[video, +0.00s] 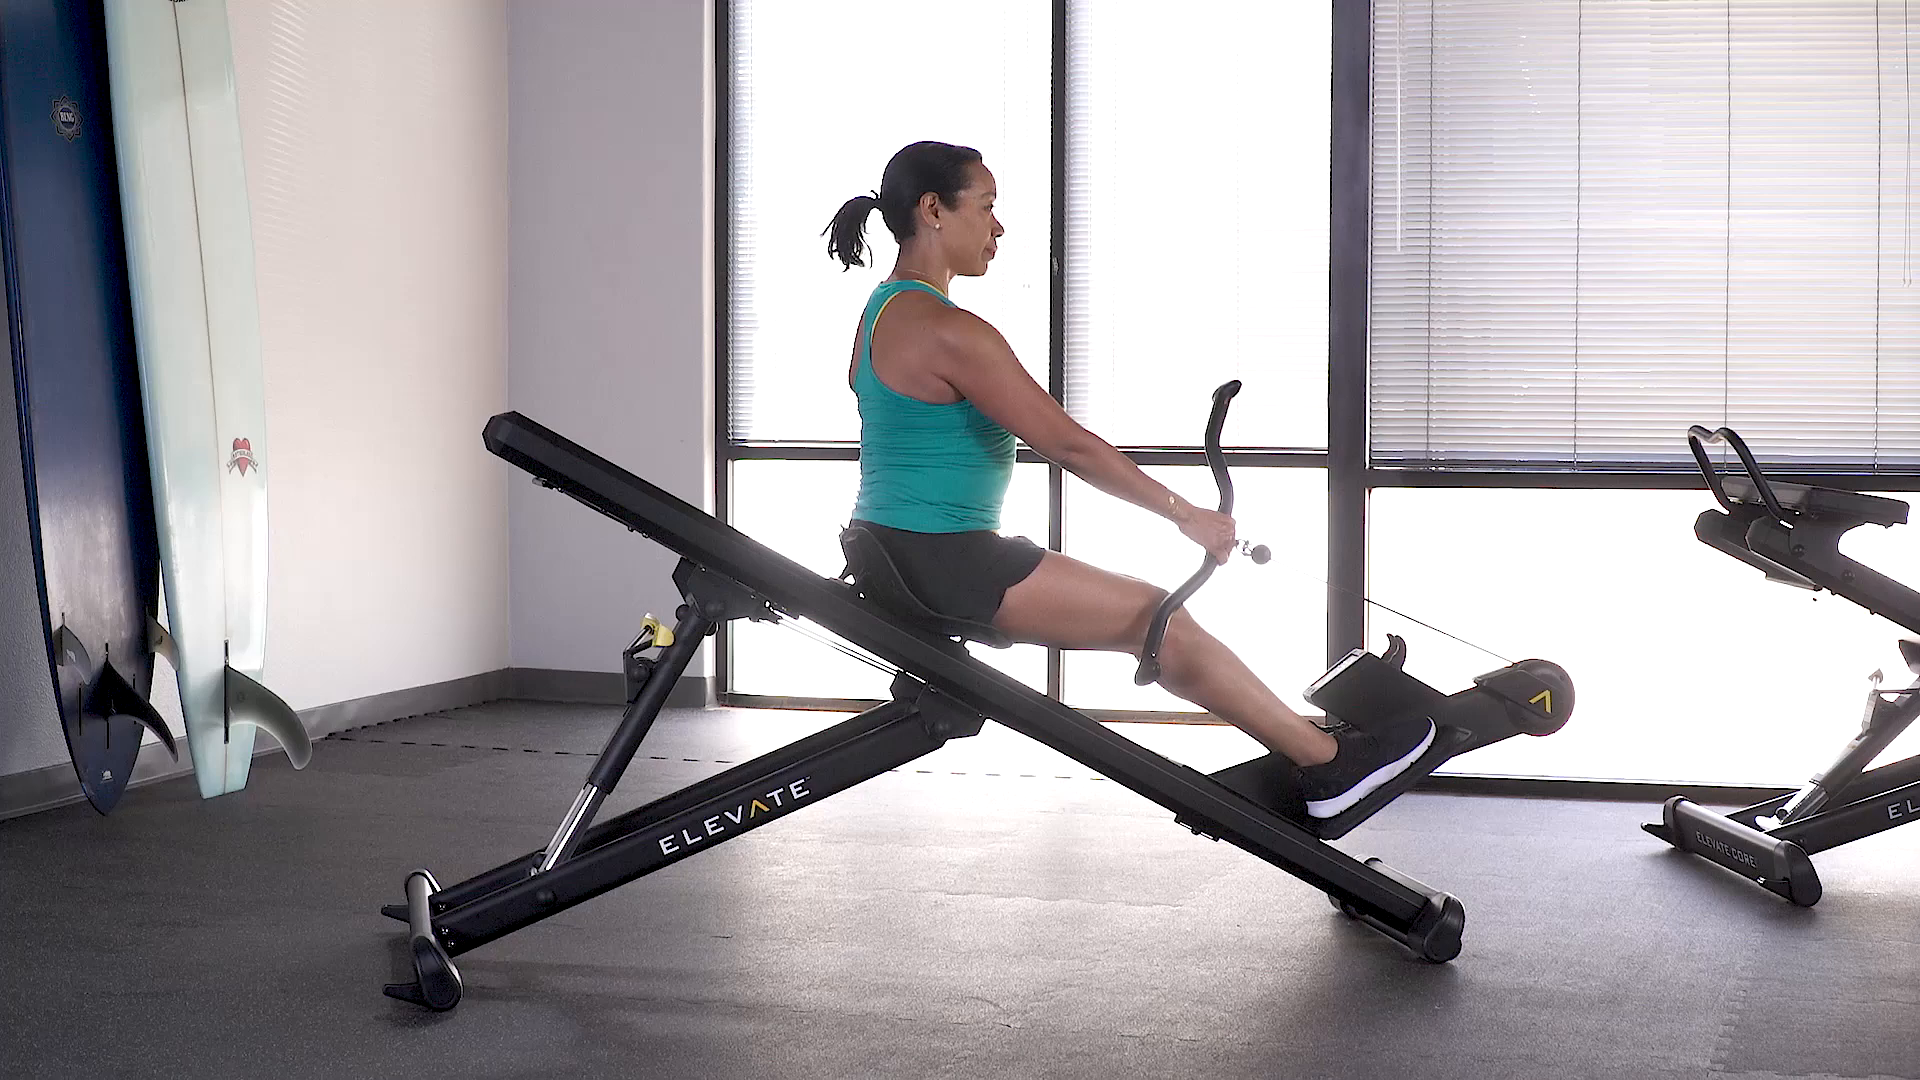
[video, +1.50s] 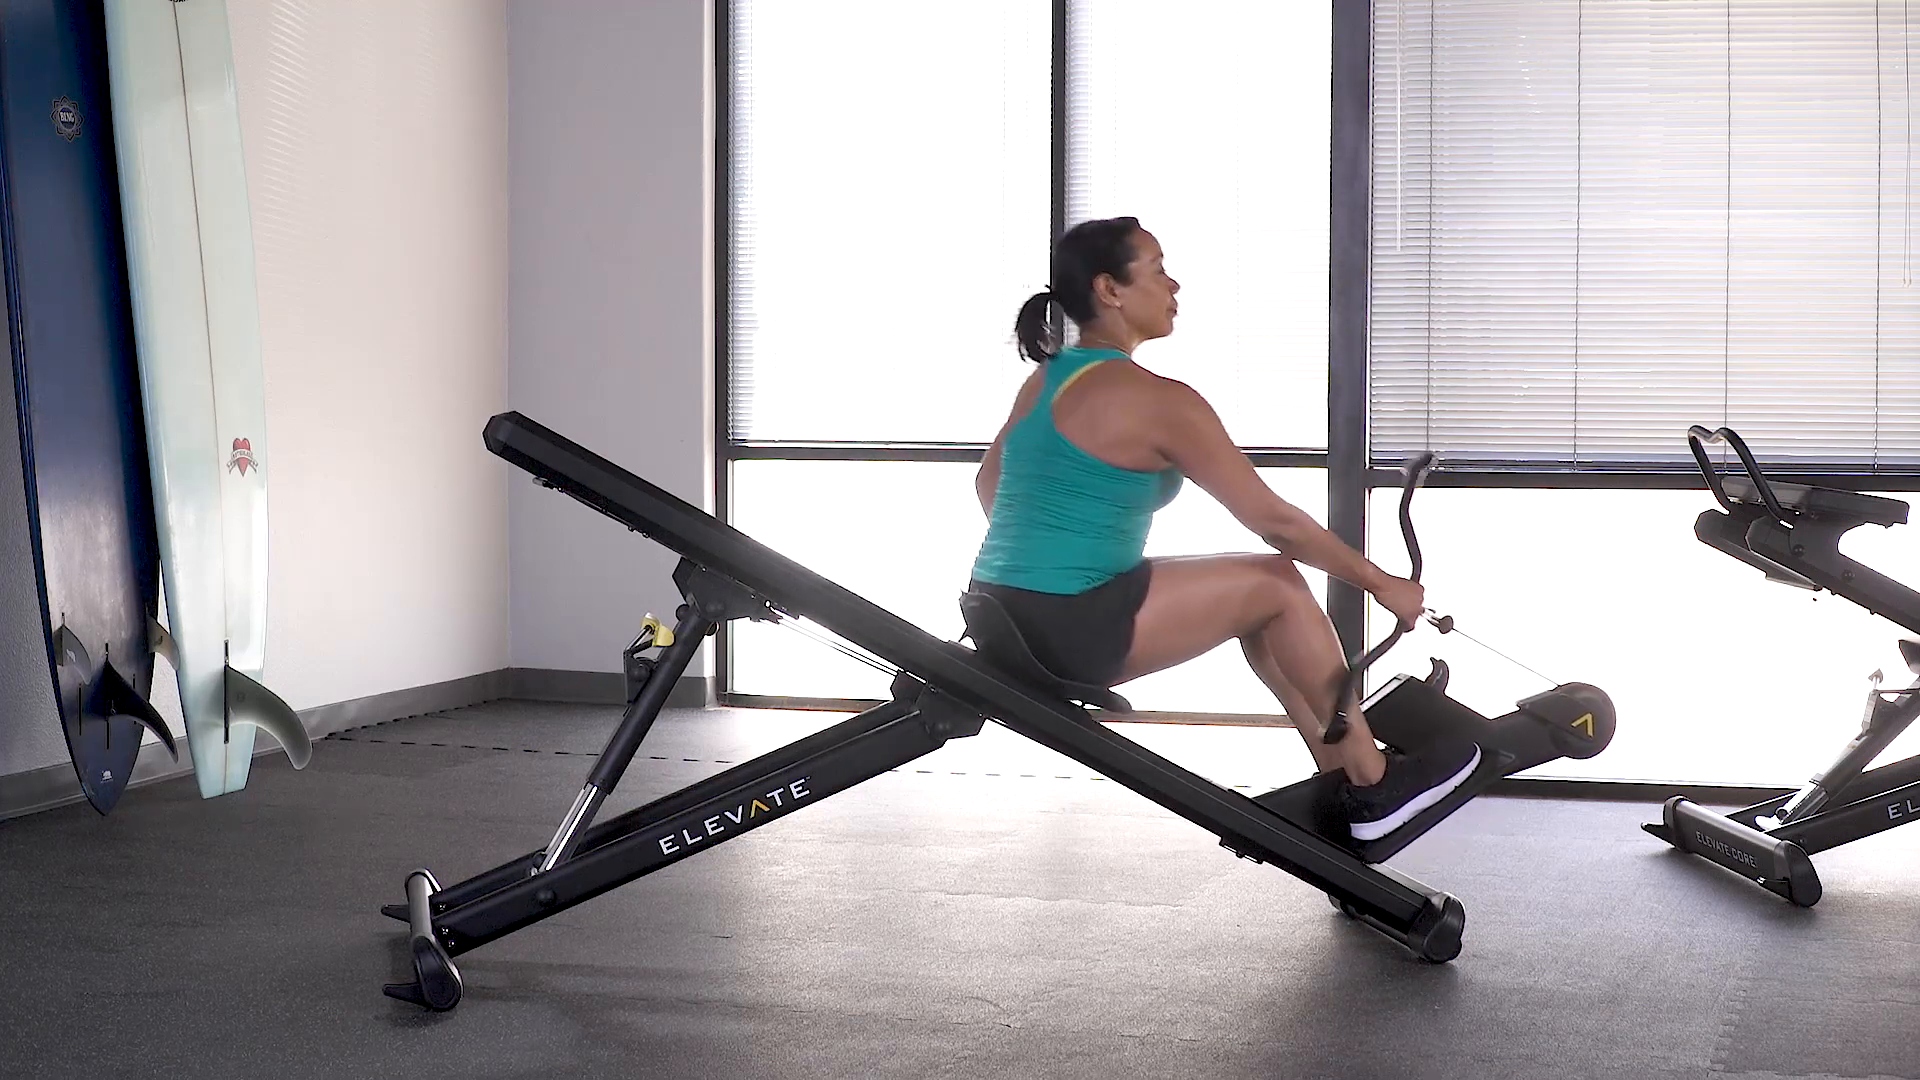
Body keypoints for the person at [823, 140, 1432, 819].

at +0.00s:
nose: (999, 227)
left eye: (995, 210)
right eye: (986, 210)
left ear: (923, 217)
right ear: (931, 214)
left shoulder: (886, 313)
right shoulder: (949, 332)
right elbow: (1069, 444)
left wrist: (1023, 435)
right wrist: (1188, 514)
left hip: (891, 549)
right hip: (939, 558)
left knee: (1145, 616)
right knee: (1156, 619)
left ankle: (1304, 737)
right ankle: (1322, 761)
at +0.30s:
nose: (1003, 230)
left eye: (1001, 213)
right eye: (992, 212)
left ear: (929, 217)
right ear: (938, 214)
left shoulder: (891, 314)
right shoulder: (957, 330)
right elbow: (1068, 444)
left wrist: (1041, 427)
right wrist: (1188, 509)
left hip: (889, 547)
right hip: (937, 556)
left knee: (1142, 616)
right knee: (1152, 619)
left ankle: (1303, 741)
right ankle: (1319, 755)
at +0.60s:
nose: (1075, 255)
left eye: (1071, 236)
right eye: (1063, 237)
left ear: (1006, 247)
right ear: (1012, 244)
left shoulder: (955, 337)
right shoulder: (1038, 359)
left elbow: (915, 456)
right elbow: (1154, 470)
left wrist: (1043, 451)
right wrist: (1272, 536)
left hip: (937, 576)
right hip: (991, 586)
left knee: (1199, 590)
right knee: (1211, 589)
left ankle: (1311, 749)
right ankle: (1342, 771)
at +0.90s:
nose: (1197, 310)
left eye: (1191, 292)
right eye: (1185, 293)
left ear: (1127, 305)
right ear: (1135, 304)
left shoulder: (1064, 395)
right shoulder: (1180, 420)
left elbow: (1002, 500)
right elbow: (1305, 528)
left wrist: (1057, 576)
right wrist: (1408, 593)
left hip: (1025, 624)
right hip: (1097, 637)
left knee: (1280, 575)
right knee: (1305, 586)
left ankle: (1343, 762)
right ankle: (1382, 785)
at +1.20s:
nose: (1258, 334)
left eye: (1251, 318)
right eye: (1243, 321)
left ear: (1185, 337)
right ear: (1196, 334)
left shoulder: (1111, 423)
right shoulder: (1254, 449)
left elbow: (1041, 519)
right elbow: (1377, 551)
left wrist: (1089, 593)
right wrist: (1479, 625)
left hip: (1062, 645)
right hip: (1139, 663)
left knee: (1307, 577)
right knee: (1340, 586)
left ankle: (1356, 761)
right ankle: (1400, 796)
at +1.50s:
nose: (1174, 286)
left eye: (1166, 271)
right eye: (1159, 273)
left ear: (1102, 294)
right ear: (1109, 292)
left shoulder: (1047, 379)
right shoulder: (1164, 403)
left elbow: (990, 482)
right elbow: (1274, 521)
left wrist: (1046, 556)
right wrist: (1381, 582)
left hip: (997, 610)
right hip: (1071, 624)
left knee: (1258, 584)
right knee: (1280, 582)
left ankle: (1335, 763)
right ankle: (1374, 777)